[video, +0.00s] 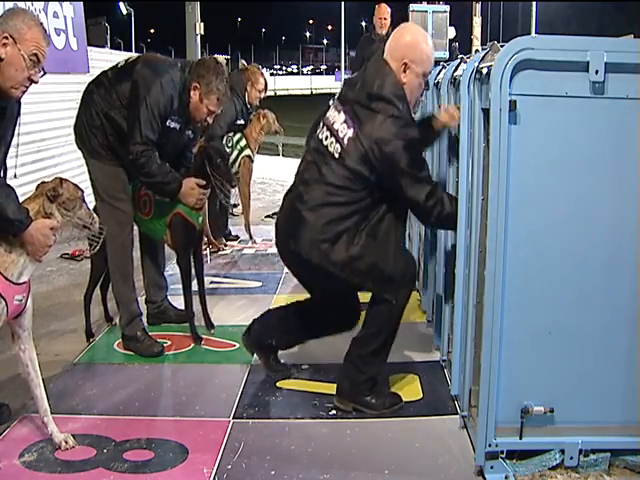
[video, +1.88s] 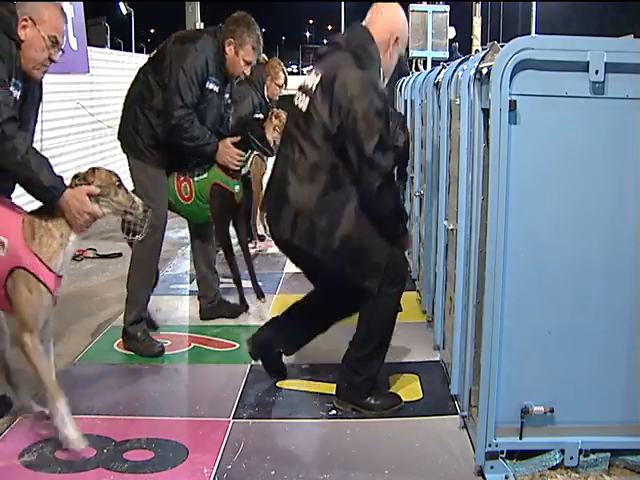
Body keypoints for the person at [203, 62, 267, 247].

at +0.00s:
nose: (261, 96)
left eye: (263, 92)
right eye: (259, 91)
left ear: (249, 87)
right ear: (246, 87)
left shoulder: (244, 105)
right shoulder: (231, 104)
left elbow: (239, 130)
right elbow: (213, 137)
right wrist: (224, 170)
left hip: (223, 151)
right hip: (212, 152)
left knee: (224, 191)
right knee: (218, 192)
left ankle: (223, 229)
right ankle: (216, 232)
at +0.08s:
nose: (261, 98)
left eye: (263, 94)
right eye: (259, 93)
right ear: (248, 88)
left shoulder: (247, 107)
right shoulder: (233, 105)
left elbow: (243, 130)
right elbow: (213, 135)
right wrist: (225, 165)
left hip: (224, 151)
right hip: (211, 151)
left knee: (224, 194)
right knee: (215, 194)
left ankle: (223, 229)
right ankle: (215, 232)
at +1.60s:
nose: (269, 94)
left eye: (270, 89)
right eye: (266, 89)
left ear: (257, 85)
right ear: (253, 85)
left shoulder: (248, 95)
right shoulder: (232, 98)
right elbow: (229, 130)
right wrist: (250, 152)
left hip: (238, 143)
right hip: (216, 146)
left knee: (243, 190)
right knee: (216, 194)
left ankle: (249, 231)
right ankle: (212, 235)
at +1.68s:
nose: (272, 94)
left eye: (273, 90)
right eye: (269, 89)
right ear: (257, 84)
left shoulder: (252, 95)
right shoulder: (237, 95)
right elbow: (234, 126)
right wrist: (255, 151)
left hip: (243, 145)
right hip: (228, 147)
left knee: (248, 192)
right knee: (244, 193)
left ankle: (251, 230)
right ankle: (246, 234)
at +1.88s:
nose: (280, 90)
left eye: (282, 86)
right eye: (278, 85)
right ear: (267, 80)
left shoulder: (268, 99)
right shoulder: (248, 95)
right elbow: (244, 125)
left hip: (257, 147)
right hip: (242, 149)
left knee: (255, 191)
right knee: (249, 193)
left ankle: (254, 229)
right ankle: (249, 232)